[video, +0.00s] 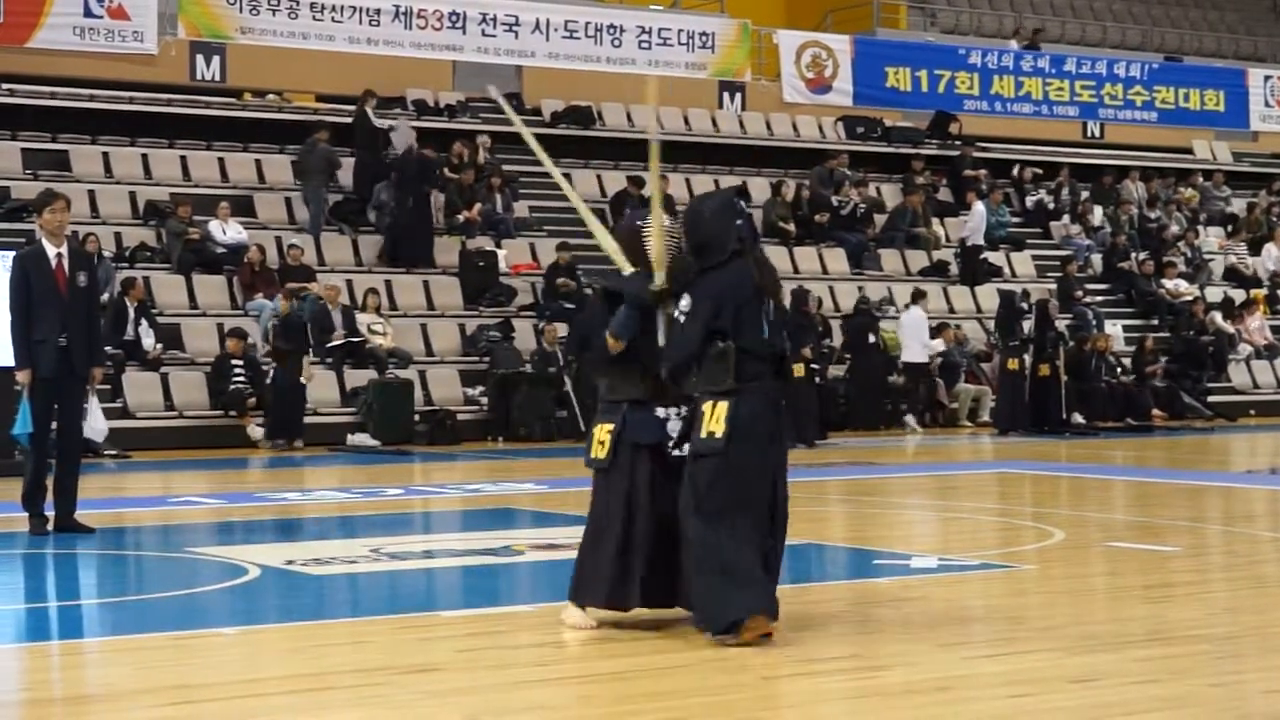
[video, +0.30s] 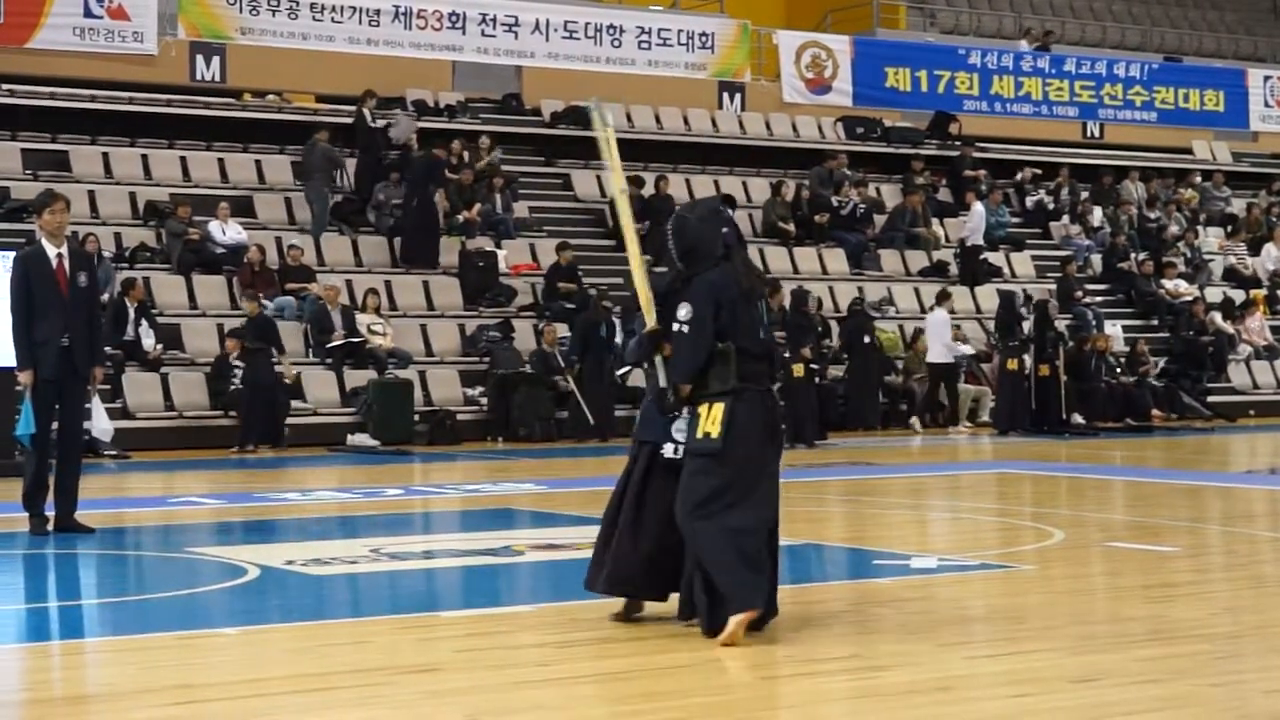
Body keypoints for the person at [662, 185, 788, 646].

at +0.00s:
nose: (688, 240)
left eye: (692, 231)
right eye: (688, 231)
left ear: (707, 234)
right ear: (742, 229)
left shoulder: (713, 284)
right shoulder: (761, 277)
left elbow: (680, 352)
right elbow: (772, 343)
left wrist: (667, 370)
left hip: (730, 408)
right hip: (767, 404)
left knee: (707, 508)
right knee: (754, 505)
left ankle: (748, 609)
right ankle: (755, 604)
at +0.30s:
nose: (675, 250)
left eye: (679, 240)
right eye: (676, 240)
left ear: (696, 242)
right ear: (724, 238)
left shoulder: (704, 287)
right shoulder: (746, 283)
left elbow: (688, 360)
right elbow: (754, 353)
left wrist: (676, 384)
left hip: (726, 409)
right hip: (761, 406)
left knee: (694, 507)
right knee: (752, 506)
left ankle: (739, 598)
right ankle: (754, 603)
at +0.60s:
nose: (662, 243)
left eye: (665, 236)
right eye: (664, 235)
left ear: (676, 239)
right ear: (711, 235)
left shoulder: (680, 278)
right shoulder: (739, 278)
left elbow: (662, 359)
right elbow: (761, 355)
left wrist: (666, 384)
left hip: (704, 408)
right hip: (750, 405)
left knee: (680, 509)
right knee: (746, 506)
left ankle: (669, 619)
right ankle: (755, 604)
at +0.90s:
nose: (676, 237)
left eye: (680, 230)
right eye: (678, 229)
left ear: (694, 233)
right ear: (727, 232)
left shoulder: (693, 274)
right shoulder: (750, 277)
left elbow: (673, 349)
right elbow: (764, 346)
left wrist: (676, 377)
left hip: (717, 406)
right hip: (761, 404)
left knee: (682, 507)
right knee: (767, 504)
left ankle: (669, 619)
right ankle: (807, 603)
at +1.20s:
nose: (710, 250)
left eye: (714, 240)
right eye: (709, 240)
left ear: (731, 240)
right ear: (760, 235)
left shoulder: (742, 283)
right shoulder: (787, 279)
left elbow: (721, 359)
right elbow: (806, 345)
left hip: (766, 411)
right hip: (808, 408)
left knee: (720, 507)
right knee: (798, 510)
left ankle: (694, 614)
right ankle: (812, 609)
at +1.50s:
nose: (725, 240)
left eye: (728, 233)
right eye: (727, 232)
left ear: (740, 235)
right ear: (777, 231)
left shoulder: (739, 283)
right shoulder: (808, 280)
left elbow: (716, 359)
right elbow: (821, 352)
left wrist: (725, 383)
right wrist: (790, 378)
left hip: (761, 411)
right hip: (812, 409)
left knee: (735, 511)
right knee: (824, 510)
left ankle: (723, 616)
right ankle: (835, 613)